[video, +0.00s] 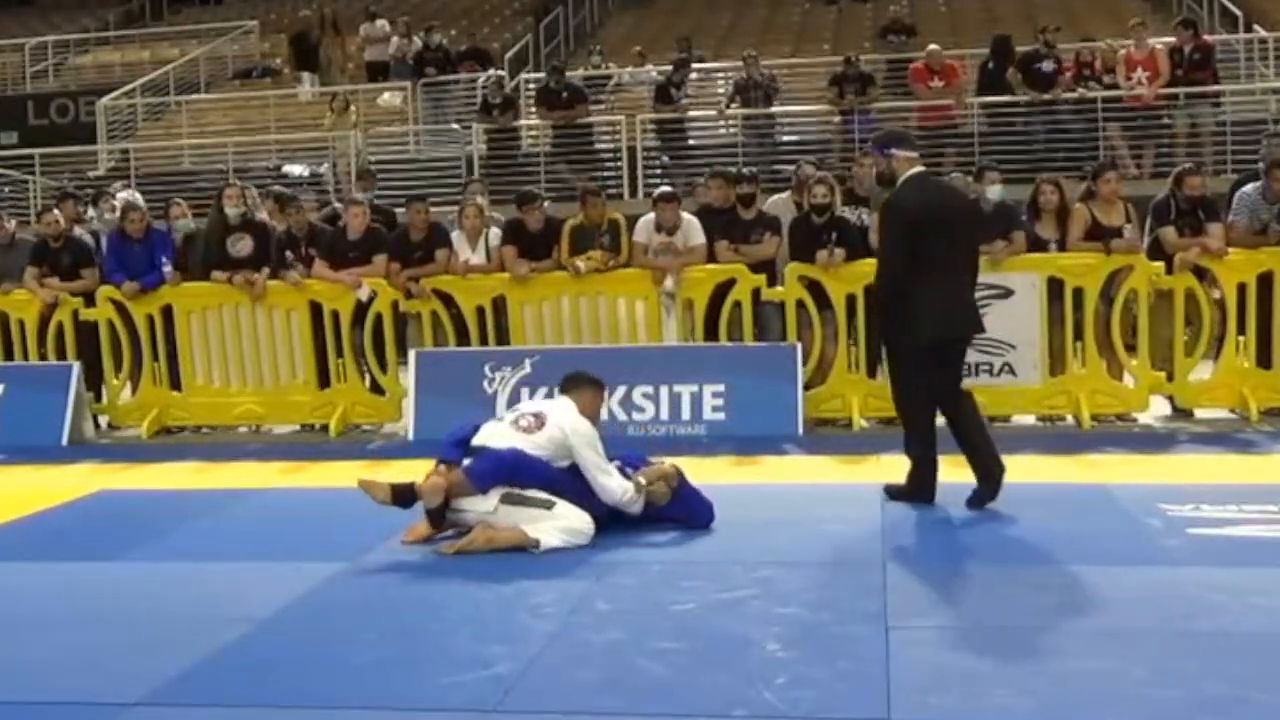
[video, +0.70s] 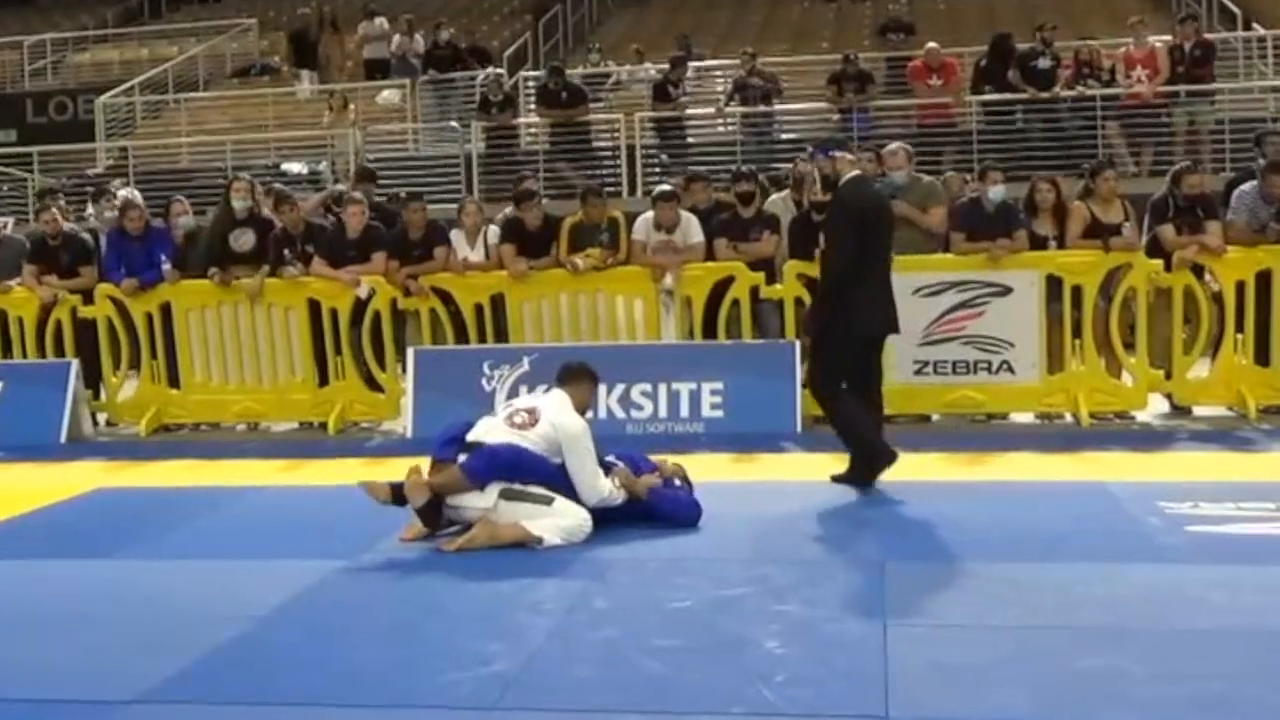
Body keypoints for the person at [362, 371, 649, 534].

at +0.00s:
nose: (601, 412)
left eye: (601, 404)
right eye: (600, 404)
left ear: (564, 392)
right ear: (586, 398)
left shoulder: (526, 409)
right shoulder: (577, 423)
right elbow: (610, 489)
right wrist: (637, 492)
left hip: (455, 491)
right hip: (485, 497)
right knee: (580, 524)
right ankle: (493, 537)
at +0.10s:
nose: (596, 406)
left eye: (597, 398)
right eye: (594, 398)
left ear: (560, 388)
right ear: (579, 391)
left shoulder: (525, 403)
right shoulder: (571, 417)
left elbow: (479, 437)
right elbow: (605, 474)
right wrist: (639, 493)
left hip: (453, 488)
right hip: (485, 493)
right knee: (577, 523)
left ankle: (437, 518)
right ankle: (494, 538)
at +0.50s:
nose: (592, 405)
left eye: (594, 397)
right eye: (592, 396)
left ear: (558, 386)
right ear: (579, 391)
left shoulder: (520, 404)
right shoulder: (569, 425)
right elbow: (594, 494)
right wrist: (626, 488)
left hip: (451, 490)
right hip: (484, 499)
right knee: (578, 521)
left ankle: (438, 519)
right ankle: (494, 537)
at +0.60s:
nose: (594, 404)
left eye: (595, 396)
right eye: (593, 395)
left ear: (561, 386)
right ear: (581, 391)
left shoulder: (525, 403)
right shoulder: (572, 424)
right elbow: (594, 494)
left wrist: (598, 472)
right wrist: (625, 491)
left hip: (449, 487)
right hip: (478, 497)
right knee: (580, 522)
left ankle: (435, 520)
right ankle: (495, 535)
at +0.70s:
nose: (592, 404)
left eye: (594, 396)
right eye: (593, 395)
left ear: (559, 384)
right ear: (584, 390)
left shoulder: (524, 402)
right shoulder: (571, 420)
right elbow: (593, 494)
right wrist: (621, 488)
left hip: (449, 485)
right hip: (478, 492)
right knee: (579, 520)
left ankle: (437, 519)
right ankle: (496, 534)